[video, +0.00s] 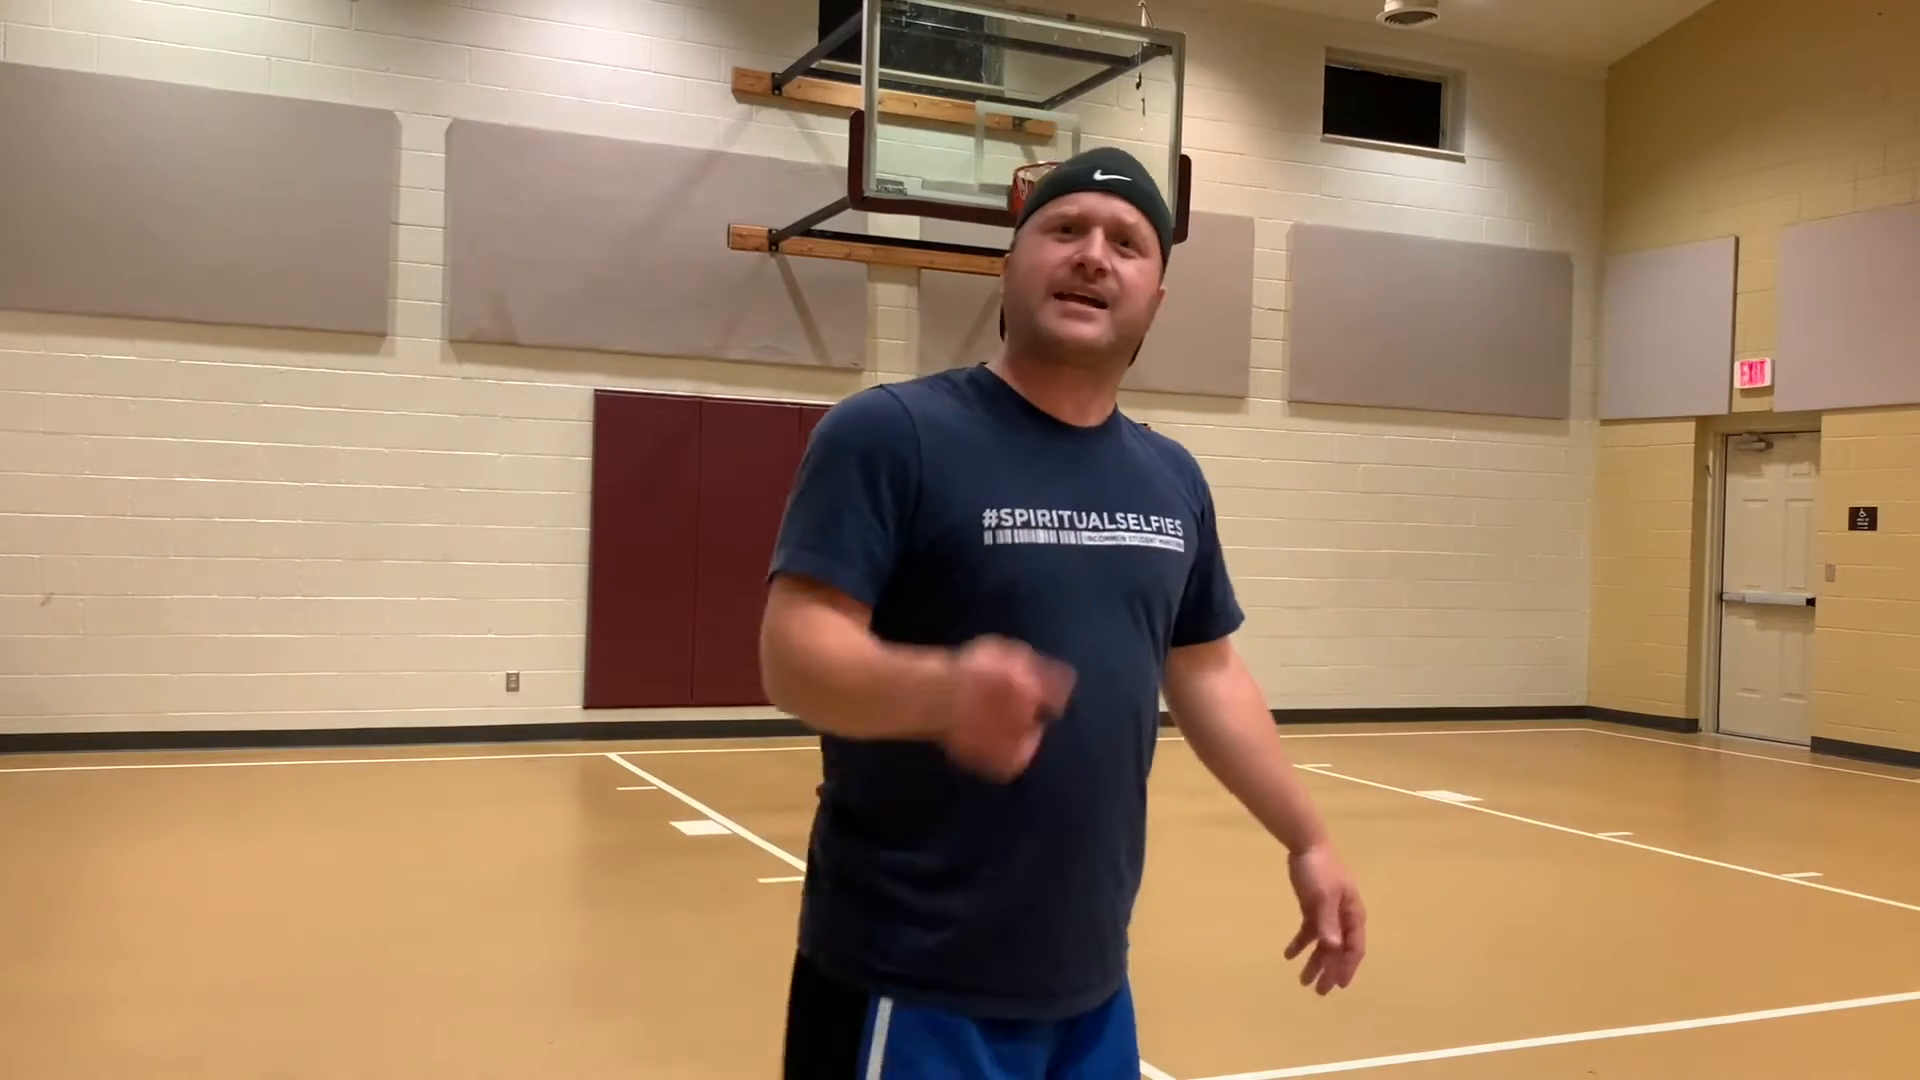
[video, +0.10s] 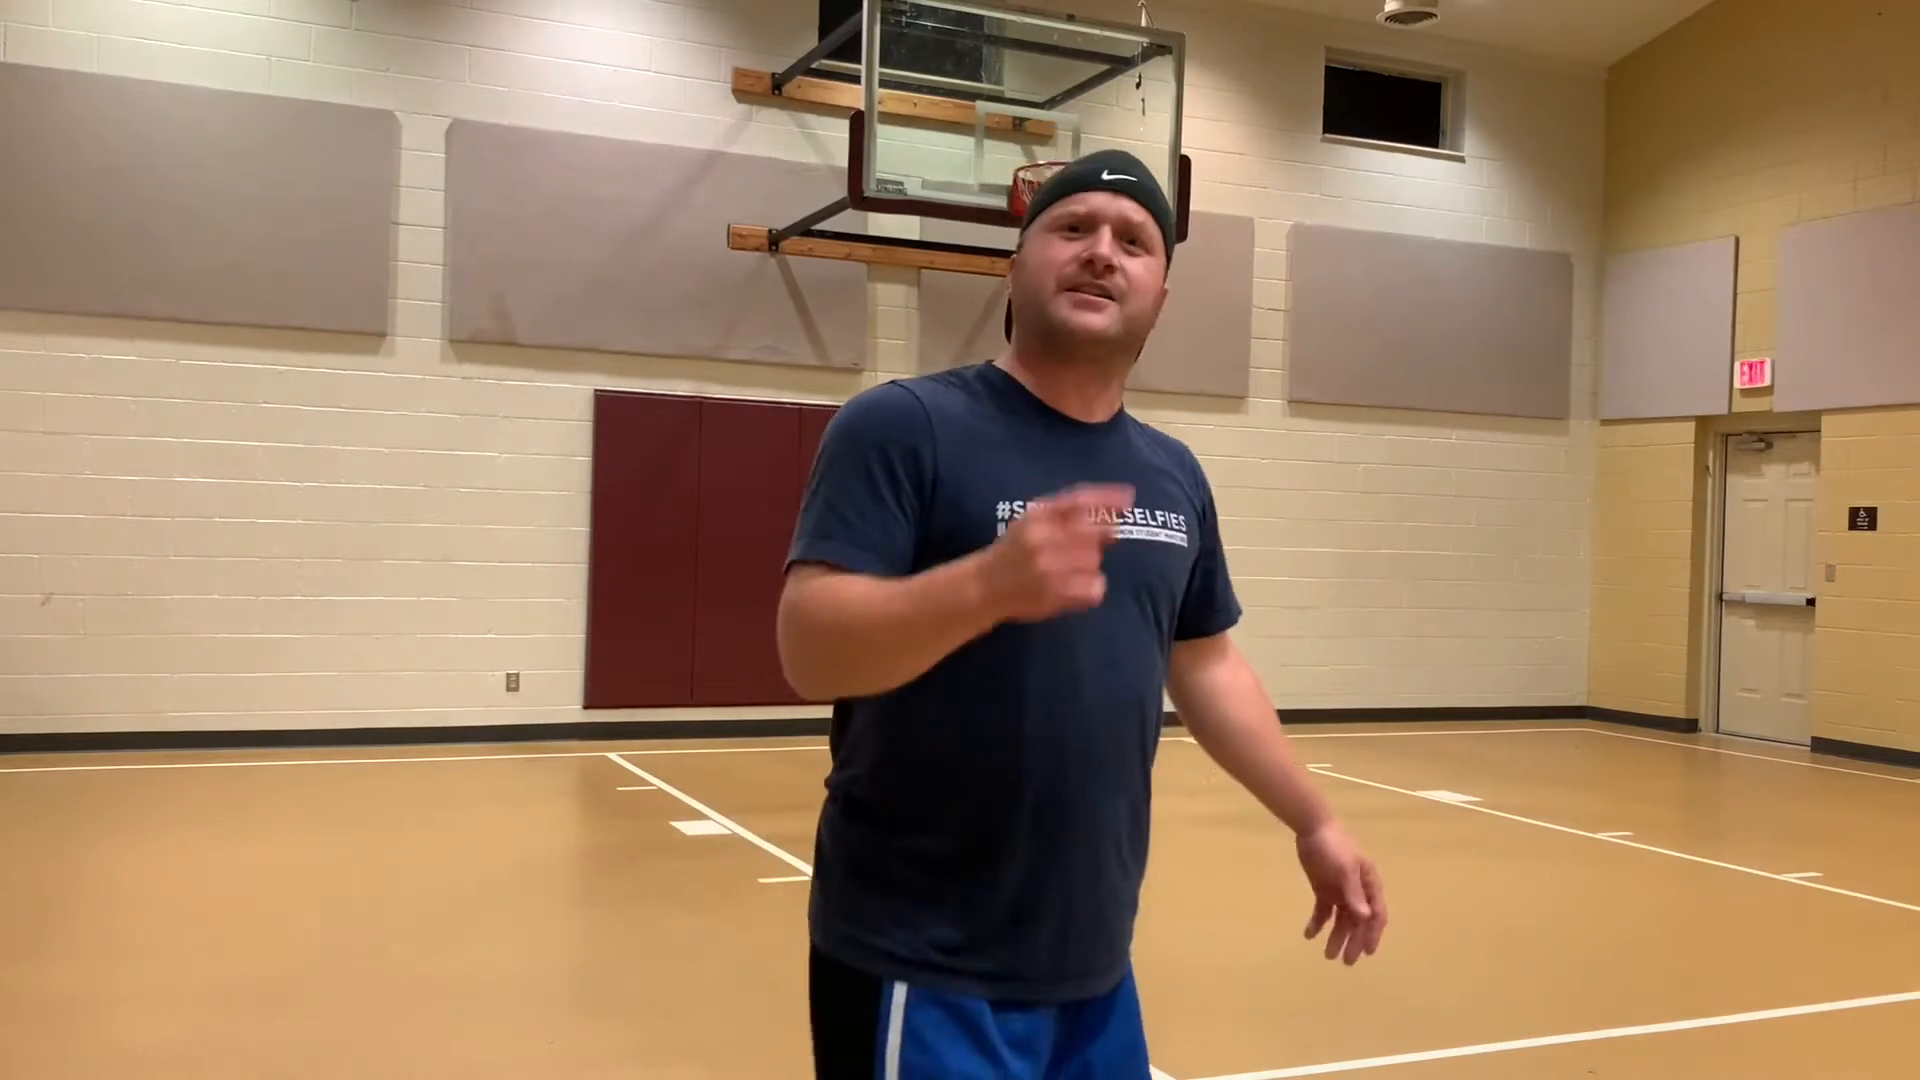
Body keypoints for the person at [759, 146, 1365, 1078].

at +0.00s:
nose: (1093, 255)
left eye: (1126, 243)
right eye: (1065, 229)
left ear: (1159, 294)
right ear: (1007, 261)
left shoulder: (1172, 482)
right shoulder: (888, 435)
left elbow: (1208, 669)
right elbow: (794, 654)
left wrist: (1308, 840)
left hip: (1087, 981)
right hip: (901, 983)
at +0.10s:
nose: (1100, 251)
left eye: (1132, 239)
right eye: (1071, 228)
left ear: (1162, 295)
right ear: (1015, 260)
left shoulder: (1172, 476)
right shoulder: (899, 427)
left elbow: (1205, 661)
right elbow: (811, 651)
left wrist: (1313, 820)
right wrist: (986, 586)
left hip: (1091, 958)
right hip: (916, 963)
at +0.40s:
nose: (1063, 243)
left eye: (1092, 228)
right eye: (1033, 223)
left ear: (1129, 275)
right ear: (978, 263)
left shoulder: (1150, 455)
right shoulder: (889, 434)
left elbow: (1170, 636)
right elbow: (818, 655)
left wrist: (1230, 799)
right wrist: (1009, 686)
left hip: (1085, 950)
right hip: (918, 957)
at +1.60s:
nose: (1025, 271)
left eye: (1059, 248)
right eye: (997, 235)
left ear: (1092, 280)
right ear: (937, 248)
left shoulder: (1104, 445)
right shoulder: (834, 450)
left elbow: (1142, 635)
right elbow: (790, 694)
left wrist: (1236, 807)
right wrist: (997, 810)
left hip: (1079, 981)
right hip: (902, 994)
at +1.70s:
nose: (1030, 275)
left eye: (1066, 253)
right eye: (1003, 240)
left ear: (1099, 281)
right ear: (943, 251)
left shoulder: (1113, 448)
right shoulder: (838, 452)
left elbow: (1143, 641)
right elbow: (788, 698)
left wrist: (1224, 821)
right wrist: (942, 883)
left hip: (1076, 972)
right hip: (893, 986)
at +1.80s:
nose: (1023, 274)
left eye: (1056, 248)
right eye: (992, 242)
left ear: (1095, 269)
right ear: (936, 254)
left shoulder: (1118, 450)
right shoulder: (840, 453)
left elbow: (1147, 648)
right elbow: (794, 701)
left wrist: (1214, 833)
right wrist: (882, 947)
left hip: (1075, 969)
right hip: (902, 992)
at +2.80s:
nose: (1023, 280)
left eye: (1051, 254)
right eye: (988, 251)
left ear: (1084, 283)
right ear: (928, 278)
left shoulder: (1085, 439)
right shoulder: (869, 471)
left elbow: (1128, 608)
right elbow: (801, 714)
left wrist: (1207, 728)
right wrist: (864, 986)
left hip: (1046, 977)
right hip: (896, 995)